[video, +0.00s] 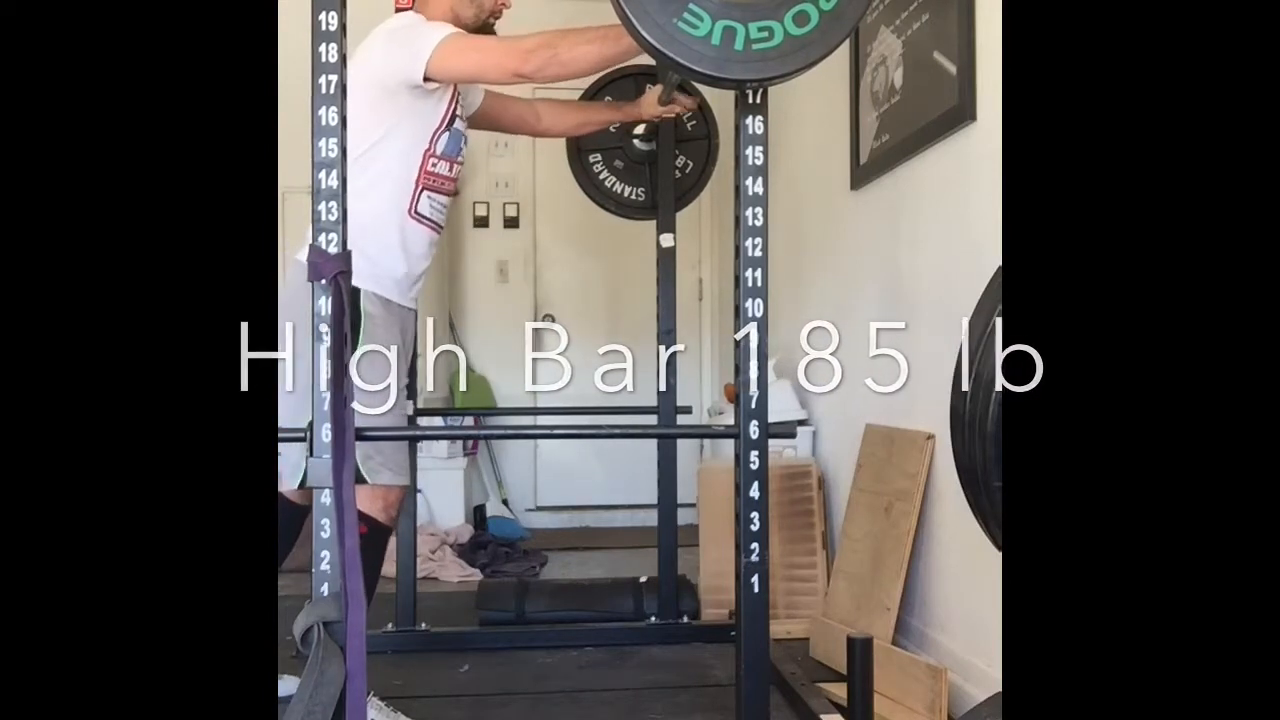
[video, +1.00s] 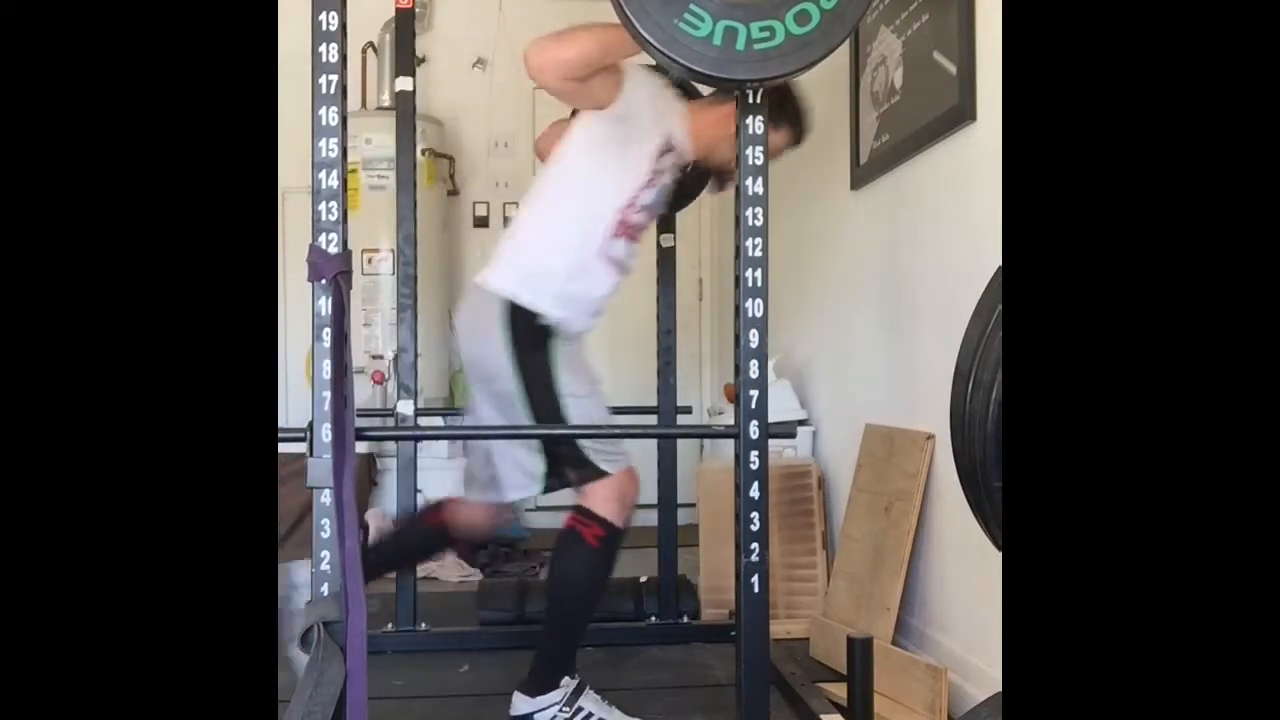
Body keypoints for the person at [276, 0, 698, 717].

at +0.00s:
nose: (503, 8)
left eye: (502, 1)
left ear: (434, 4)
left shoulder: (440, 76)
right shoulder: (400, 41)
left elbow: (534, 117)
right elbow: (533, 61)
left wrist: (636, 110)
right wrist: (657, 29)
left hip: (376, 301)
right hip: (352, 297)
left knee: (304, 482)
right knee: (379, 488)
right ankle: (327, 684)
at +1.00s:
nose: (747, 169)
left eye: (760, 162)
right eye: (758, 153)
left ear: (738, 120)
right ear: (745, 114)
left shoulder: (674, 155)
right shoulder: (642, 96)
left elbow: (553, 143)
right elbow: (545, 57)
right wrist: (642, 31)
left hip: (543, 322)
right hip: (510, 311)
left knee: (488, 510)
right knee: (610, 488)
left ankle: (345, 570)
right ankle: (545, 691)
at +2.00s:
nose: (756, 39)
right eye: (747, 27)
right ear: (717, 21)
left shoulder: (701, 99)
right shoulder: (676, 74)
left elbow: (577, 178)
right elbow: (579, 133)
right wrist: (662, 46)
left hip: (630, 311)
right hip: (617, 312)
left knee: (672, 485)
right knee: (713, 491)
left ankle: (626, 652)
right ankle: (655, 694)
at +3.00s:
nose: (765, 49)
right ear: (729, 31)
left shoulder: (703, 104)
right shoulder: (684, 77)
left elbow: (575, 167)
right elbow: (566, 114)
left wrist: (667, 176)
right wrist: (654, 43)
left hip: (633, 309)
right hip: (616, 309)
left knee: (672, 484)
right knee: (709, 492)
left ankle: (627, 651)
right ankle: (650, 695)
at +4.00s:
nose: (764, 46)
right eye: (754, 32)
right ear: (724, 27)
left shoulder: (703, 100)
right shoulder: (683, 78)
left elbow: (579, 174)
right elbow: (572, 125)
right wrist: (657, 47)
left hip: (628, 307)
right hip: (614, 307)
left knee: (671, 486)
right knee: (707, 488)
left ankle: (630, 654)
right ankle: (650, 693)